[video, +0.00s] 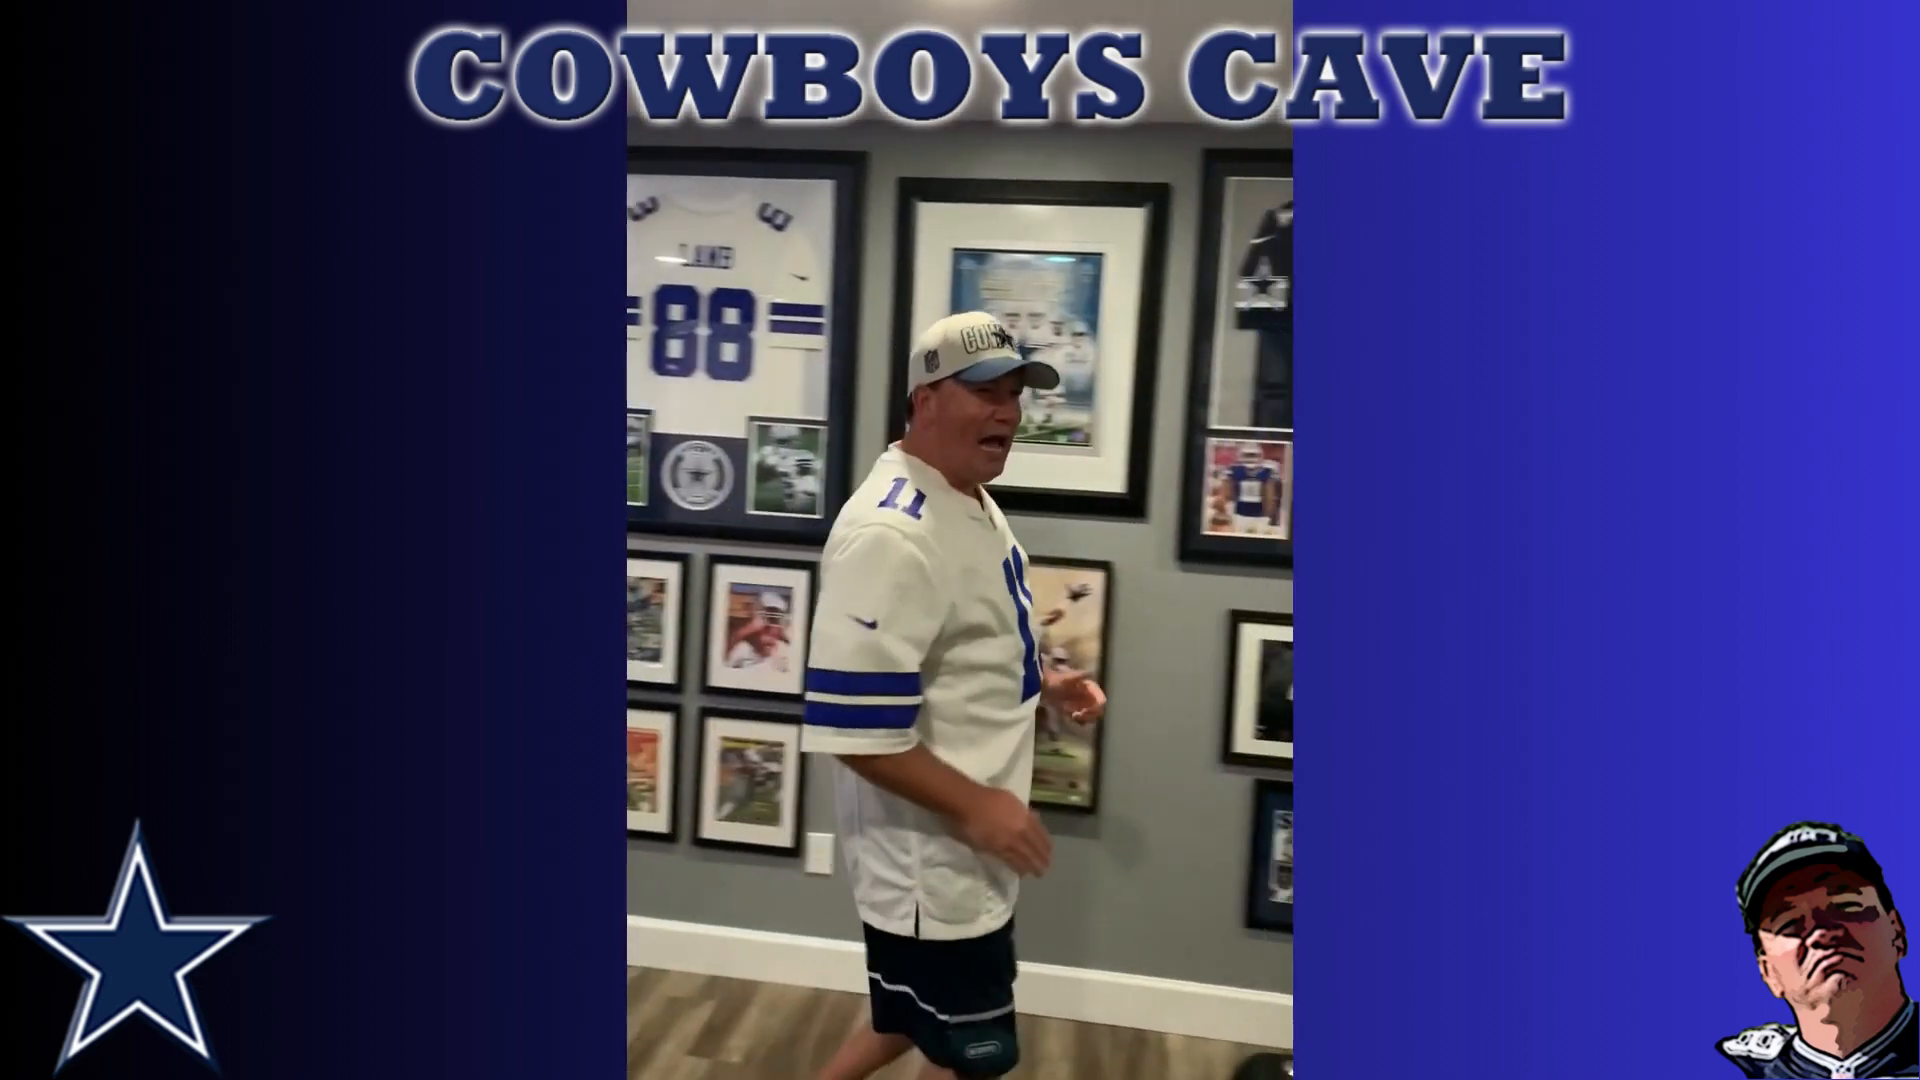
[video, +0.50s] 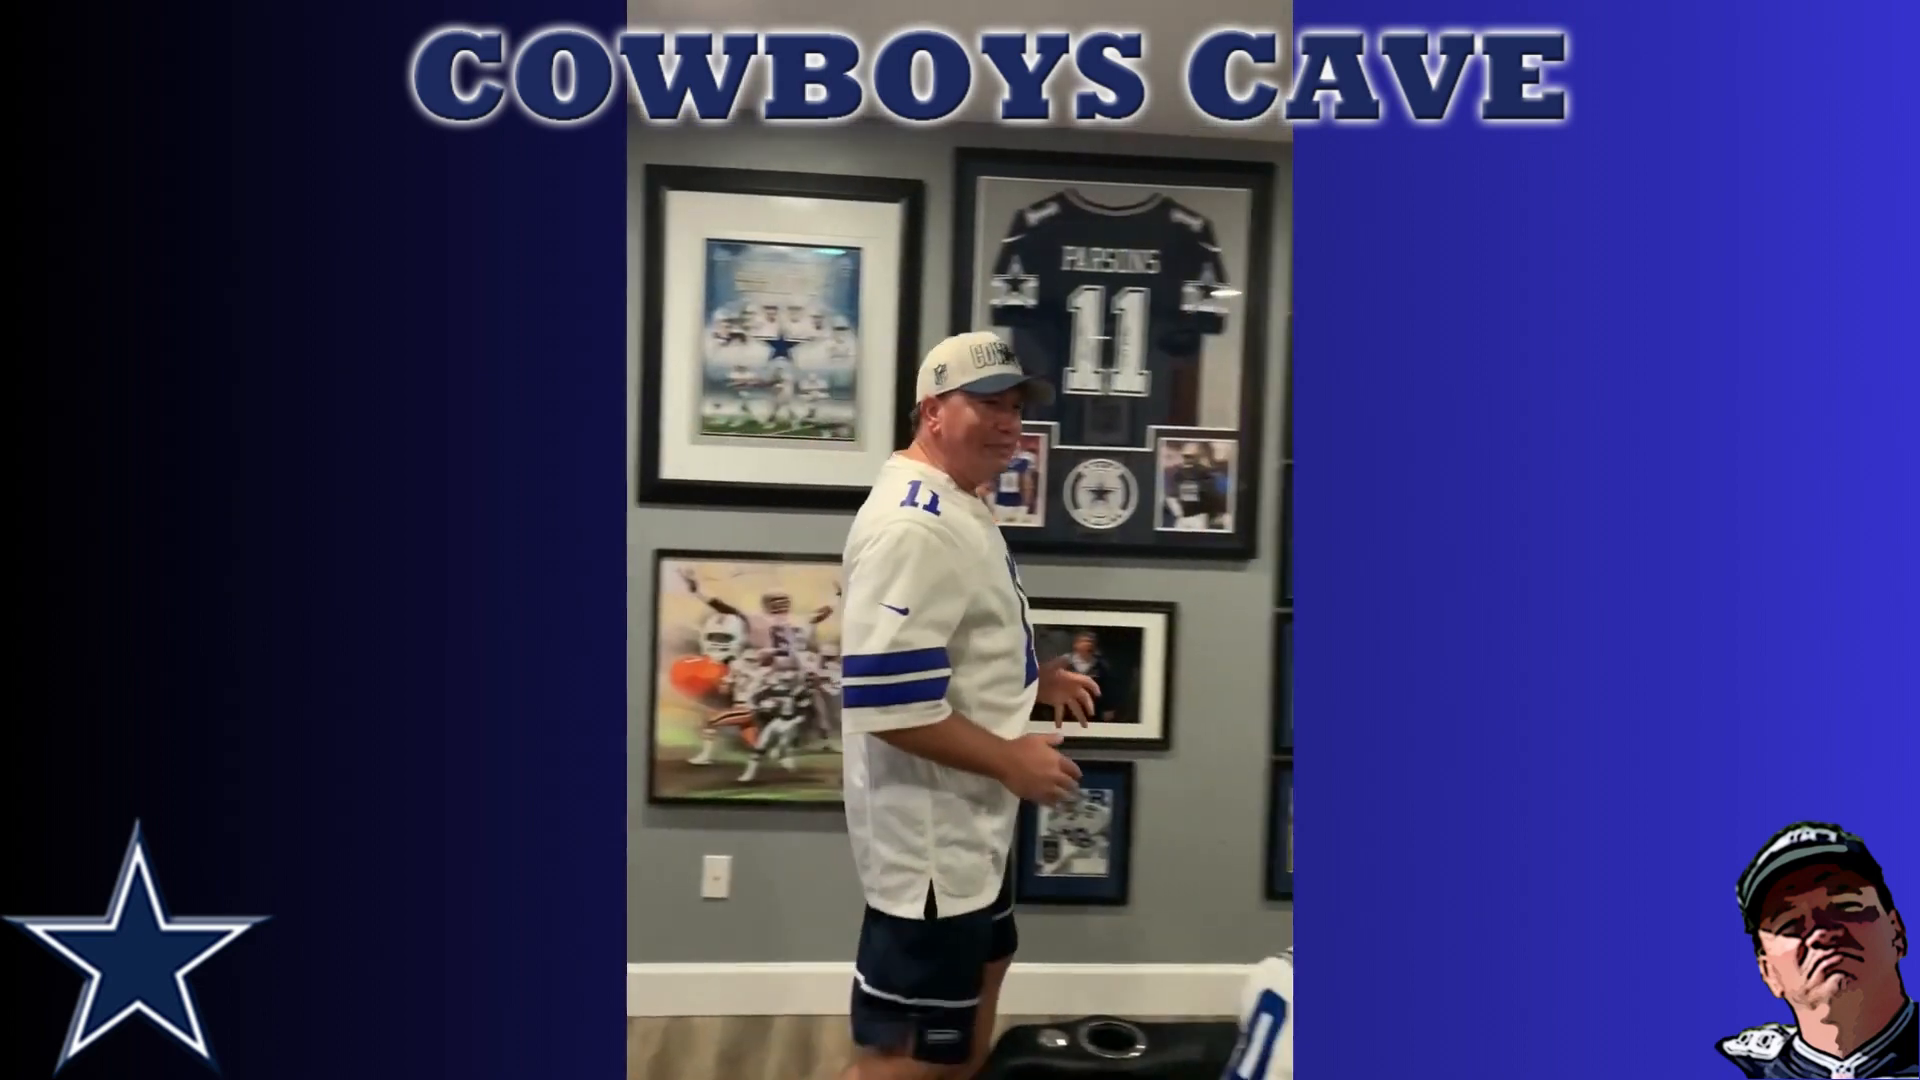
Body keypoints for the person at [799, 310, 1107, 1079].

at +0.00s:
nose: (1008, 413)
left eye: (1016, 394)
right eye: (986, 390)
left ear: (1022, 402)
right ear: (925, 397)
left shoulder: (970, 503)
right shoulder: (887, 534)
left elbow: (963, 660)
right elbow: (855, 731)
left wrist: (1042, 685)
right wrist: (975, 806)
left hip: (962, 849)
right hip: (925, 861)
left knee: (897, 1022)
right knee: (970, 1057)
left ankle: (830, 1077)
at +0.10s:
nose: (1014, 400)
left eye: (1021, 381)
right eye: (992, 376)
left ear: (1024, 390)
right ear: (929, 384)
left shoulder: (959, 490)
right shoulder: (903, 513)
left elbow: (950, 645)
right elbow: (886, 711)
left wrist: (1031, 673)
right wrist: (1005, 777)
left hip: (975, 829)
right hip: (930, 846)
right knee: (934, 1052)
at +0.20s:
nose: (1013, 398)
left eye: (1019, 379)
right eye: (992, 377)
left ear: (1025, 386)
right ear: (929, 385)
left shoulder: (945, 485)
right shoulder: (911, 510)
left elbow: (943, 634)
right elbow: (898, 707)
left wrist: (1028, 667)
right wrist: (1016, 764)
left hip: (964, 820)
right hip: (927, 834)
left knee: (990, 961)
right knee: (901, 1045)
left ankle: (976, 1074)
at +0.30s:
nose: (1013, 422)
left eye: (1017, 403)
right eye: (993, 401)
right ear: (933, 412)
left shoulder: (940, 505)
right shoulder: (914, 530)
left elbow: (938, 661)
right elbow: (910, 728)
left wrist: (1027, 690)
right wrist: (1022, 780)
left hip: (958, 839)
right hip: (923, 855)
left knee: (979, 981)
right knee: (871, 1053)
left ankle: (1001, 1075)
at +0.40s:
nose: (1014, 428)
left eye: (1017, 410)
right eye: (995, 407)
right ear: (936, 418)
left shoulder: (944, 507)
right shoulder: (914, 531)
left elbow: (944, 666)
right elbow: (905, 723)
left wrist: (1027, 698)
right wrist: (1019, 775)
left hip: (956, 828)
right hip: (919, 840)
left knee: (985, 973)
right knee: (877, 1050)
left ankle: (989, 1076)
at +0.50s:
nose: (1010, 421)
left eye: (1015, 404)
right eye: (989, 403)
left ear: (1020, 410)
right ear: (934, 413)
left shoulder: (955, 506)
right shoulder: (913, 526)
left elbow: (947, 653)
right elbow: (892, 705)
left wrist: (1032, 679)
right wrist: (1008, 758)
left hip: (967, 820)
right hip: (929, 831)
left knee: (988, 962)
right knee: (909, 1048)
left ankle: (959, 1076)